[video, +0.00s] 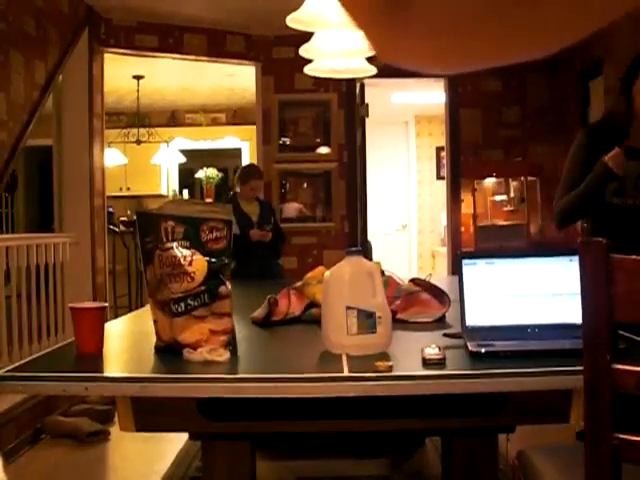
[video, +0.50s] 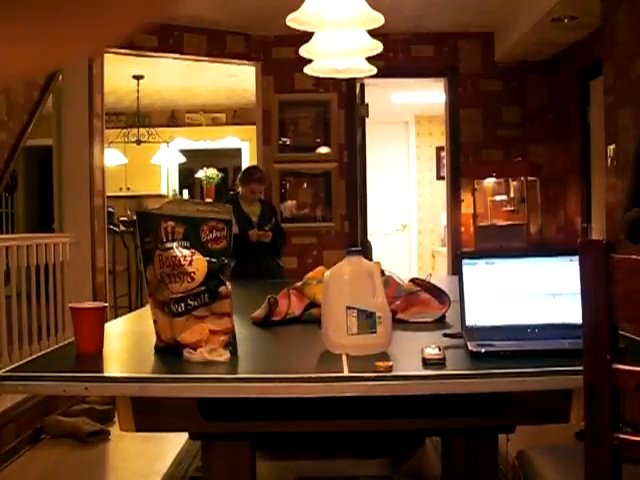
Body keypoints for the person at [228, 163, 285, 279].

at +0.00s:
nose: (255, 193)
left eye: (258, 189)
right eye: (252, 189)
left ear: (262, 186)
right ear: (241, 186)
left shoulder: (266, 206)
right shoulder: (229, 206)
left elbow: (280, 236)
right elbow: (226, 240)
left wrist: (270, 236)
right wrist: (249, 236)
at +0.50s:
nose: (256, 197)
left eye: (260, 192)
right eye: (252, 192)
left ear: (264, 189)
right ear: (241, 187)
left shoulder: (268, 207)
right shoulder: (230, 206)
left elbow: (282, 239)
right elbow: (225, 241)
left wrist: (271, 237)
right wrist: (247, 237)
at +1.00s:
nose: (256, 197)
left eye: (260, 193)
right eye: (252, 192)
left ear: (264, 190)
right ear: (241, 187)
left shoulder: (268, 207)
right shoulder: (230, 206)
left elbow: (282, 238)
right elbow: (226, 243)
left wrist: (270, 237)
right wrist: (248, 237)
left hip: (268, 270)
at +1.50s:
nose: (256, 197)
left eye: (260, 193)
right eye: (252, 192)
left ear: (264, 189)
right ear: (241, 187)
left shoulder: (268, 207)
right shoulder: (230, 206)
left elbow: (282, 238)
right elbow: (226, 242)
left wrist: (271, 237)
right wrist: (248, 237)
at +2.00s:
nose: (256, 197)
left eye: (260, 193)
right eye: (252, 192)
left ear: (264, 190)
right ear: (241, 186)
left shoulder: (268, 207)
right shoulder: (230, 206)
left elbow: (283, 238)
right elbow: (226, 241)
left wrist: (271, 238)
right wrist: (247, 237)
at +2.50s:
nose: (256, 197)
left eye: (260, 193)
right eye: (251, 193)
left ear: (264, 189)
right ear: (241, 187)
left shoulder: (267, 206)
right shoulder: (230, 206)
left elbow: (282, 237)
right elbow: (225, 241)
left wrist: (270, 238)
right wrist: (247, 238)